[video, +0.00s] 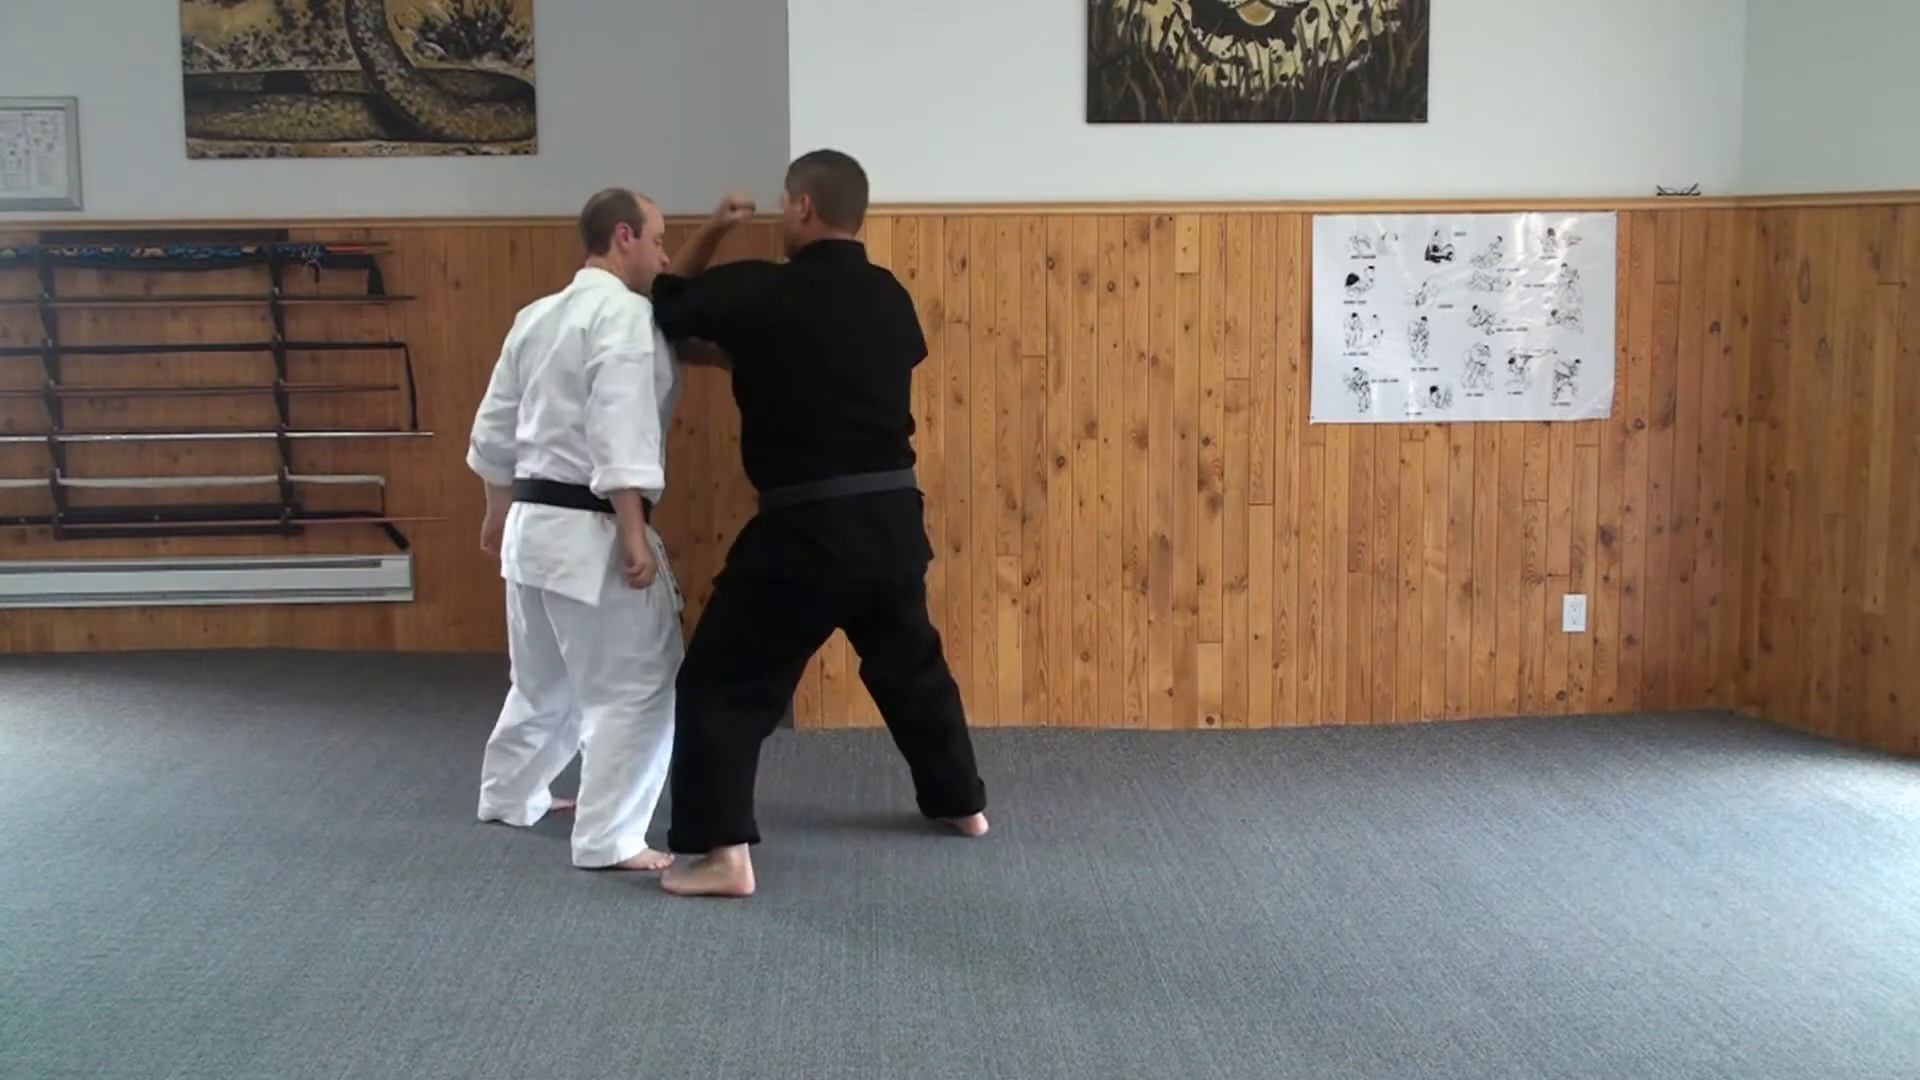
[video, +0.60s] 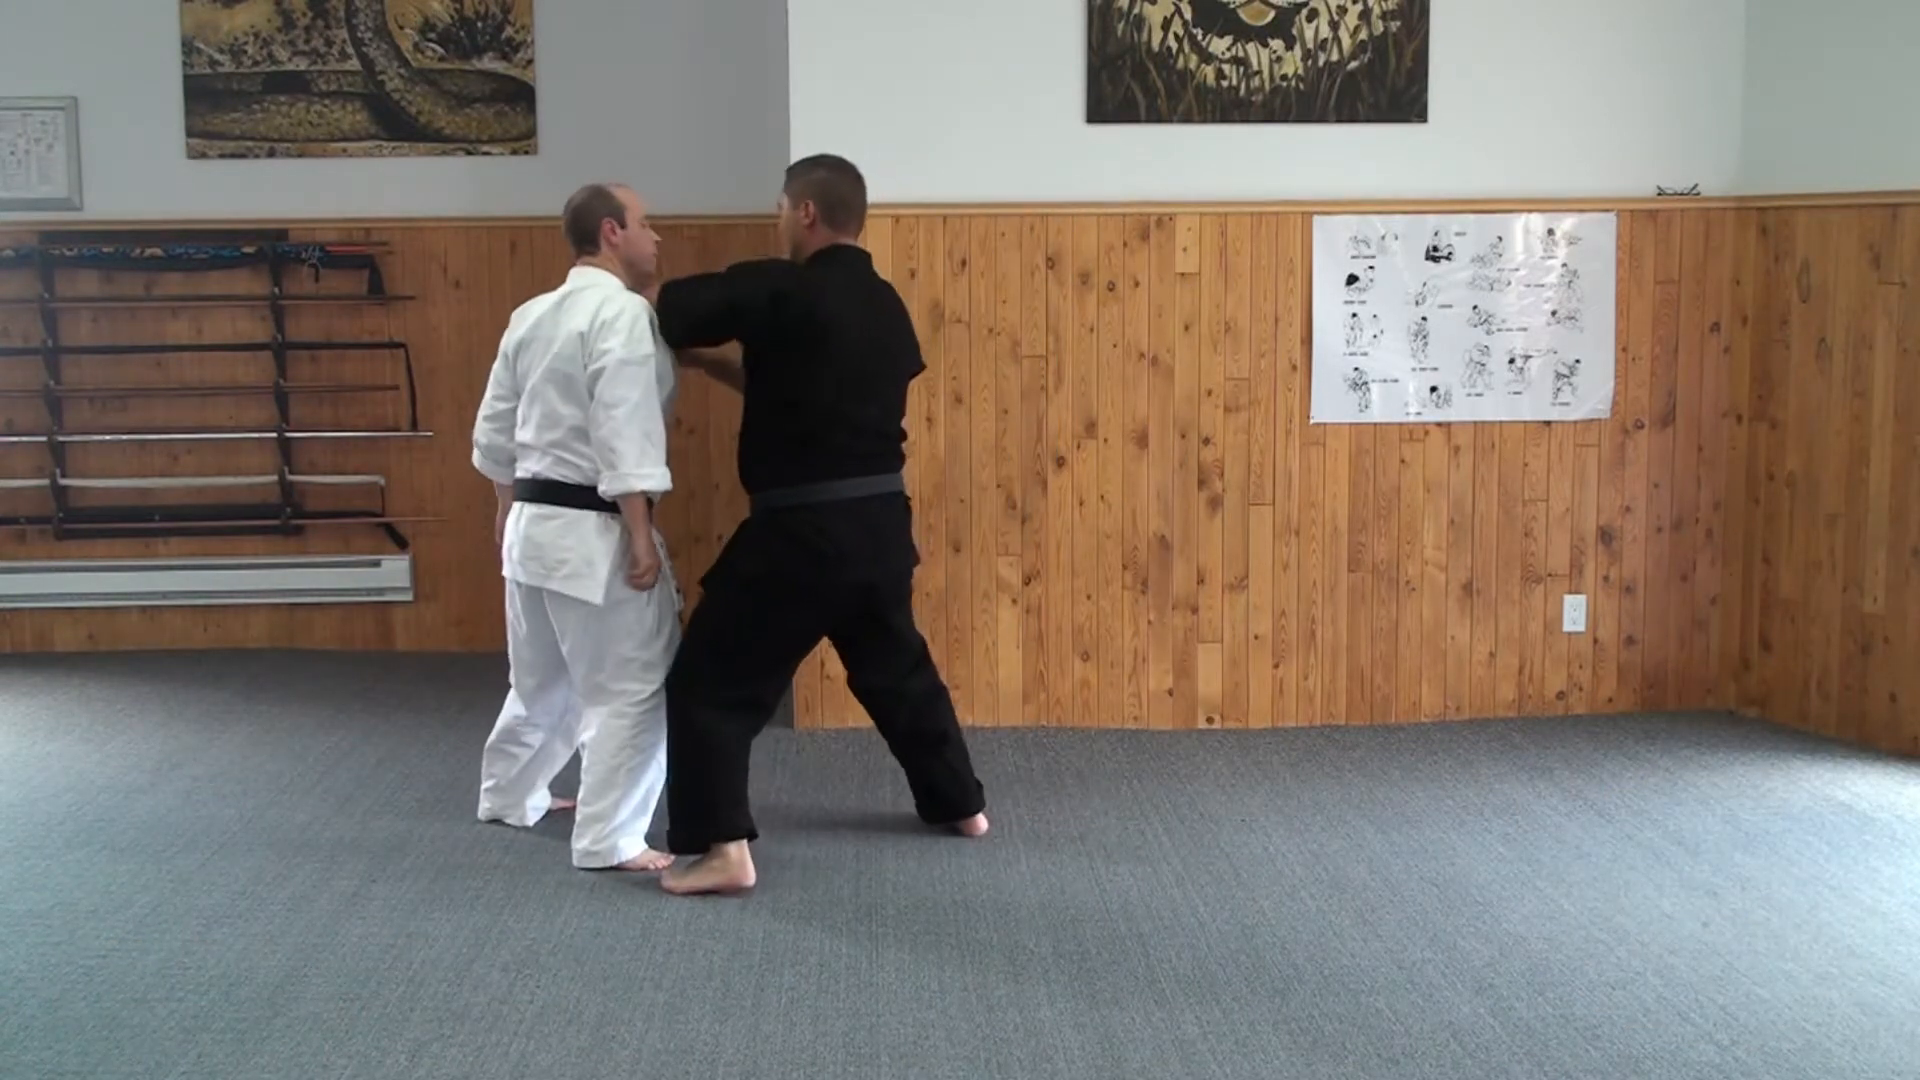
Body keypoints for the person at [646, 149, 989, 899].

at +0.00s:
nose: (781, 213)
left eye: (785, 202)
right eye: (788, 202)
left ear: (802, 209)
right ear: (858, 217)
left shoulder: (761, 292)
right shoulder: (889, 294)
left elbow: (669, 304)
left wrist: (715, 232)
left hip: (800, 528)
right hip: (893, 522)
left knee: (716, 681)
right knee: (910, 662)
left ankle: (724, 854)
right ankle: (963, 805)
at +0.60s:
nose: (782, 223)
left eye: (784, 211)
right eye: (787, 210)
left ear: (804, 214)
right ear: (857, 220)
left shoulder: (779, 289)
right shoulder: (887, 304)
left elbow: (668, 309)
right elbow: (797, 387)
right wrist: (698, 357)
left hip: (792, 531)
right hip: (879, 525)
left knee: (705, 683)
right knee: (897, 666)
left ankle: (723, 849)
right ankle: (962, 806)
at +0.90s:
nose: (734, 206)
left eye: (736, 193)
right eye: (734, 194)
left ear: (763, 184)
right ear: (800, 181)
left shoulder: (764, 241)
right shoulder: (852, 250)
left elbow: (638, 287)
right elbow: (782, 366)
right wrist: (680, 346)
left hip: (836, 476)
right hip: (899, 467)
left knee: (791, 647)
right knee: (858, 631)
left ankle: (777, 838)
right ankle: (877, 784)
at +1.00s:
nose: (730, 236)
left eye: (730, 224)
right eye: (726, 226)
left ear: (758, 212)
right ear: (791, 208)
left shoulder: (768, 261)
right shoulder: (852, 266)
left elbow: (643, 289)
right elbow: (778, 370)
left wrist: (626, 271)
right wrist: (683, 348)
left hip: (857, 492)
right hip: (907, 482)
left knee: (848, 671)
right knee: (839, 654)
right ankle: (826, 796)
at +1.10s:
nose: (735, 284)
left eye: (736, 274)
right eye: (732, 275)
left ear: (764, 262)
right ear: (798, 258)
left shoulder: (767, 312)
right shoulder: (856, 309)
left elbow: (658, 304)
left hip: (871, 532)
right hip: (919, 519)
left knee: (903, 691)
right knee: (825, 655)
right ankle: (831, 804)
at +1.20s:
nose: (738, 336)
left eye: (739, 324)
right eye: (738, 328)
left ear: (764, 312)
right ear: (799, 309)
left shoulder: (776, 356)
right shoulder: (860, 354)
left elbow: (662, 317)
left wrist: (597, 299)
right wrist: (666, 344)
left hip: (896, 576)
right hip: (935, 558)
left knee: (952, 722)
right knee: (823, 653)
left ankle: (1109, 865)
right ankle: (832, 804)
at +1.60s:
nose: (730, 333)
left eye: (731, 322)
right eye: (728, 324)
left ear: (754, 307)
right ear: (788, 304)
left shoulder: (758, 344)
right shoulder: (841, 346)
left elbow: (636, 336)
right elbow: (731, 415)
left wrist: (571, 312)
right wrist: (648, 381)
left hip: (876, 560)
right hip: (921, 546)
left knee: (908, 733)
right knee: (809, 659)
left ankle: (1060, 835)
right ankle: (823, 810)